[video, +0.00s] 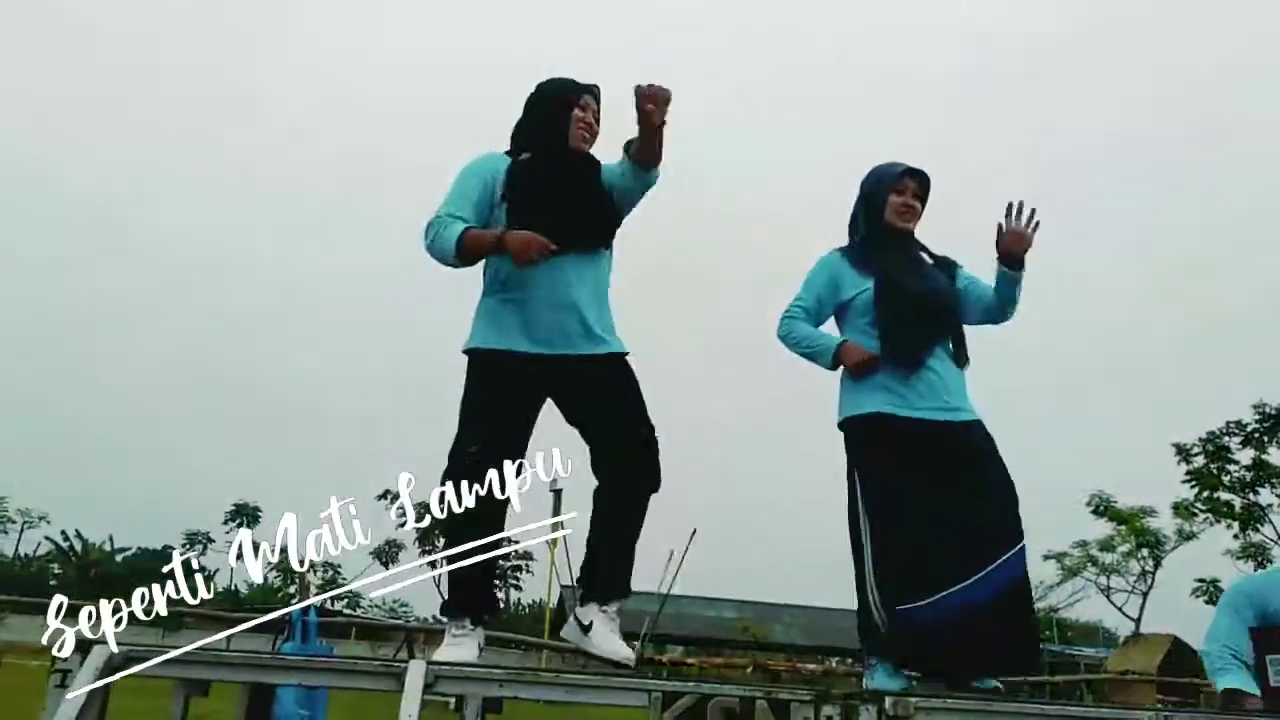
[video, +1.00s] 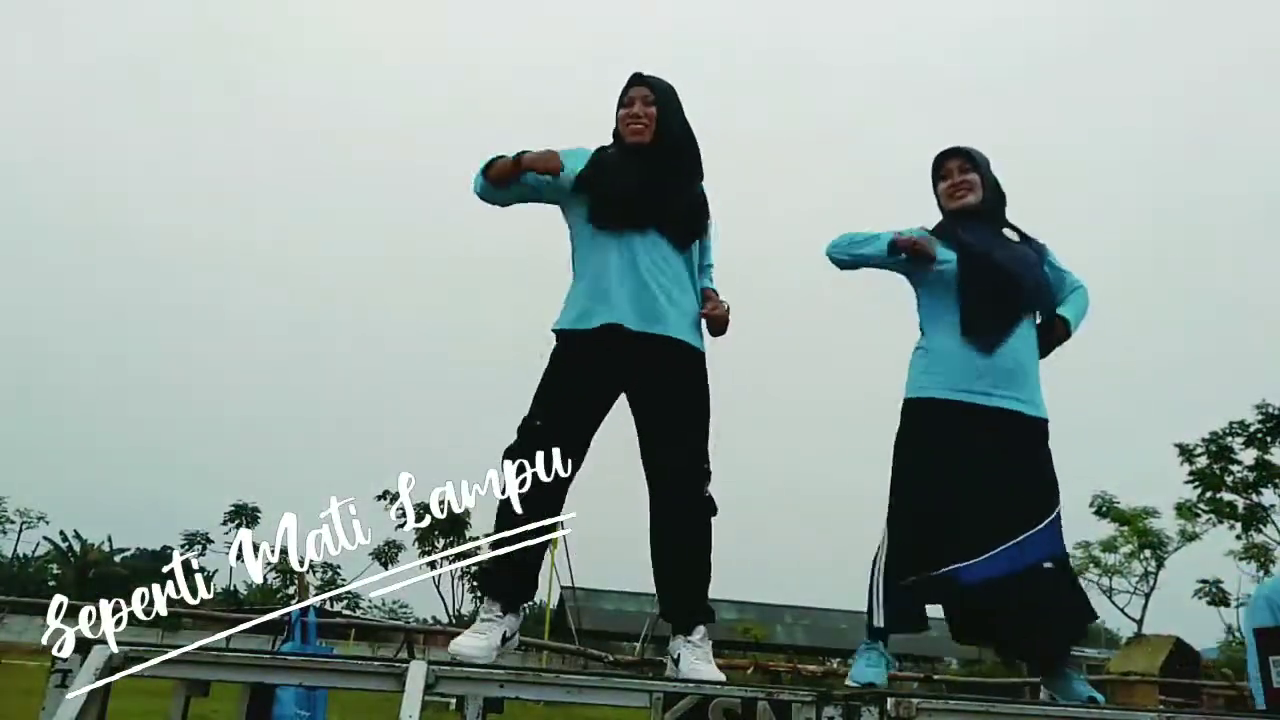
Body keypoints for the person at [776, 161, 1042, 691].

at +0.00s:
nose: (909, 202)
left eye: (917, 198)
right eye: (899, 193)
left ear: (923, 209)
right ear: (872, 197)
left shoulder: (938, 270)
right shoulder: (840, 264)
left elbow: (998, 308)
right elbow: (791, 325)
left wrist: (1010, 264)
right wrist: (837, 349)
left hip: (951, 415)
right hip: (880, 414)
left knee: (983, 524)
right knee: (887, 536)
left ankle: (971, 660)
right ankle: (883, 659)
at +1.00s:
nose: (957, 181)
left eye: (967, 172)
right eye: (946, 177)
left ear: (989, 183)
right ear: (938, 193)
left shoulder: (1028, 251)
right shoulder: (923, 243)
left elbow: (1076, 290)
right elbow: (837, 250)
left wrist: (1060, 325)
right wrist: (895, 244)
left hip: (1016, 404)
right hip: (937, 398)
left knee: (1035, 531)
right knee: (910, 524)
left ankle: (1056, 667)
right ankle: (874, 647)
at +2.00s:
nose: (842, 186)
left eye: (852, 182)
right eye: (831, 177)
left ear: (859, 198)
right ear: (808, 186)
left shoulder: (874, 263)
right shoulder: (775, 247)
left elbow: (925, 290)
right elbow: (709, 274)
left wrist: (966, 314)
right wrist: (648, 269)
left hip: (861, 409)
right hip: (786, 403)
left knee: (882, 528)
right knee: (778, 525)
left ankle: (895, 655)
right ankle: (764, 656)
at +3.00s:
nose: (946, 194)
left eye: (950, 188)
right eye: (937, 185)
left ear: (952, 200)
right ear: (905, 188)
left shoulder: (971, 260)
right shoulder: (872, 255)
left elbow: (1029, 295)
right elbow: (814, 303)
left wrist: (1037, 250)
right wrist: (872, 331)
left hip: (982, 410)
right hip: (908, 410)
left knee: (996, 533)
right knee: (920, 535)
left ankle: (1009, 667)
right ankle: (926, 662)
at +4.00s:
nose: (999, 183)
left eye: (1009, 173)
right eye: (989, 178)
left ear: (1033, 181)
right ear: (979, 193)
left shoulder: (1068, 246)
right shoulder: (974, 242)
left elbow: (1131, 287)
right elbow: (947, 256)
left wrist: (1113, 322)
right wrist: (1031, 243)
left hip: (1073, 394)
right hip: (999, 394)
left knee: (1099, 520)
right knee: (1011, 515)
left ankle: (1103, 657)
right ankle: (1004, 632)